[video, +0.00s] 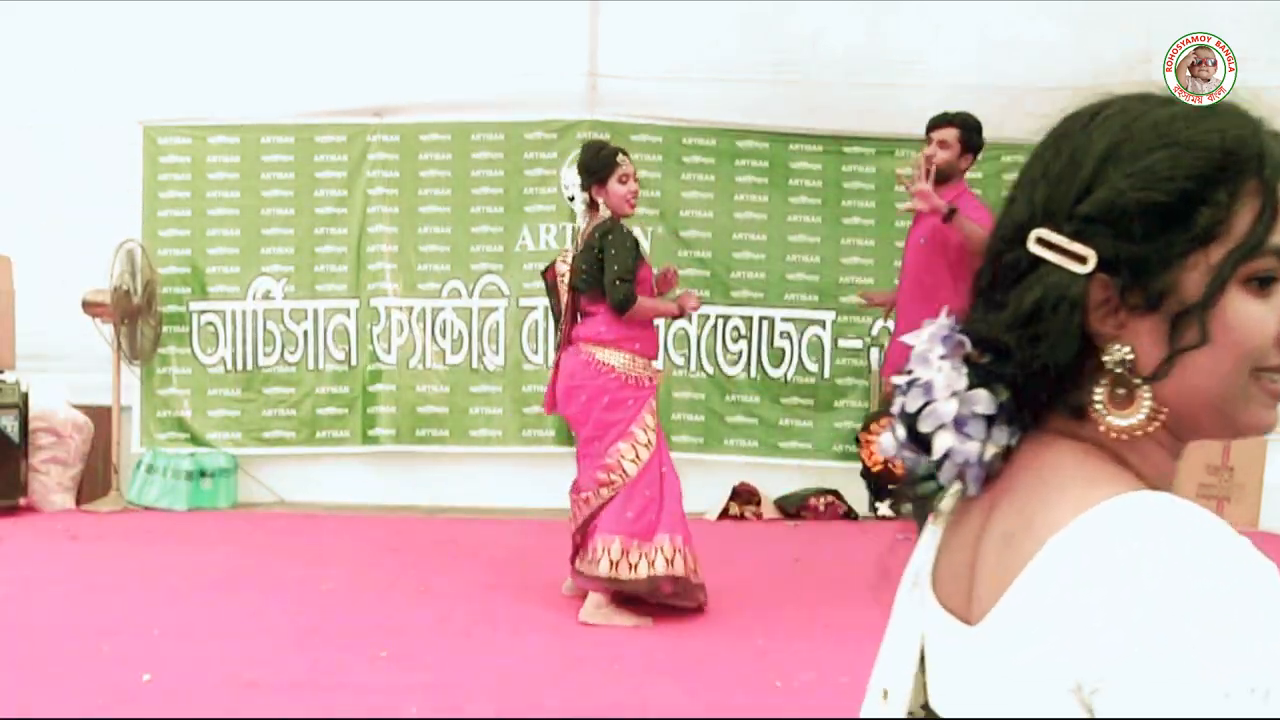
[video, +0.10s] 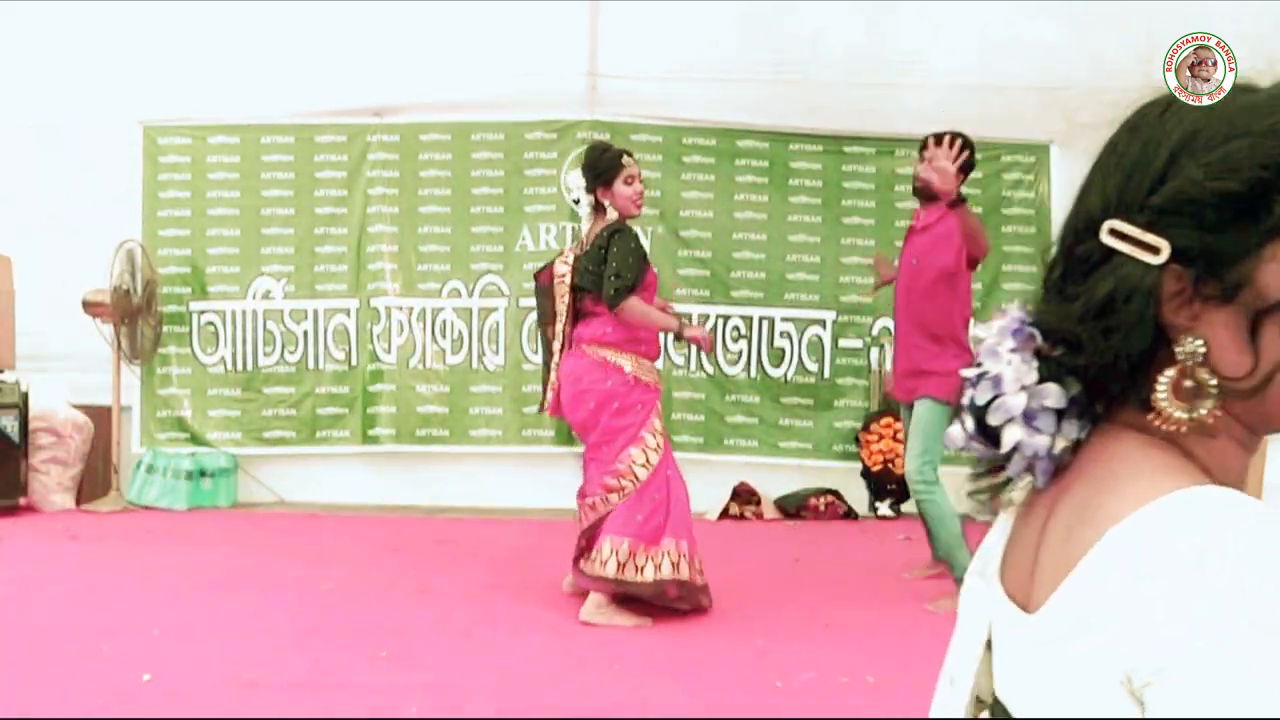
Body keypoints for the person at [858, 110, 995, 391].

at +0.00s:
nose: (929, 153)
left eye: (943, 146)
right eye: (928, 144)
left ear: (967, 161)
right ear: (923, 146)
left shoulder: (971, 208)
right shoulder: (927, 204)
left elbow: (989, 248)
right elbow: (932, 274)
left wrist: (944, 210)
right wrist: (894, 297)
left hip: (942, 349)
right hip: (907, 345)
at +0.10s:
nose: (929, 171)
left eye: (941, 166)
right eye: (925, 161)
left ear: (958, 179)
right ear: (916, 168)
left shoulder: (960, 224)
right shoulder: (919, 224)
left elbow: (977, 251)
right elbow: (923, 273)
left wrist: (953, 199)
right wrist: (893, 275)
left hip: (943, 362)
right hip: (910, 361)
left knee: (921, 470)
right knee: (917, 467)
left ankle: (966, 577)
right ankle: (944, 554)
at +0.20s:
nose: (918, 148)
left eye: (930, 143)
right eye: (917, 140)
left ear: (951, 154)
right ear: (914, 147)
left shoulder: (957, 199)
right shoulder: (918, 194)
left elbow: (984, 219)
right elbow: (915, 220)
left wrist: (980, 167)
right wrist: (884, 217)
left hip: (941, 343)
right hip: (910, 342)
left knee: (942, 452)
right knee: (919, 452)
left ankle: (967, 569)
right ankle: (937, 542)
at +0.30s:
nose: (921, 144)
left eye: (933, 139)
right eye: (918, 135)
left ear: (953, 150)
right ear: (912, 139)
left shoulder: (959, 193)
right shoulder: (911, 188)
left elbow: (1000, 219)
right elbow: (910, 221)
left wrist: (994, 175)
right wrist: (872, 214)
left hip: (945, 337)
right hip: (907, 336)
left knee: (944, 447)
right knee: (919, 448)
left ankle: (969, 562)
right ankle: (942, 535)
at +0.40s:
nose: (924, 162)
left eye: (935, 157)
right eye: (919, 153)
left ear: (950, 168)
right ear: (907, 159)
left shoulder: (964, 221)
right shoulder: (895, 217)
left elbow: (1005, 292)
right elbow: (894, 277)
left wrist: (1001, 273)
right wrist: (848, 295)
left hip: (953, 352)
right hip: (905, 353)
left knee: (942, 455)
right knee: (921, 461)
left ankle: (953, 561)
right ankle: (941, 551)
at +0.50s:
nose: (932, 169)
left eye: (942, 163)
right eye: (924, 161)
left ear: (952, 175)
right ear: (909, 169)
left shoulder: (969, 233)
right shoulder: (889, 232)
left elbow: (989, 298)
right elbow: (882, 300)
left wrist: (980, 325)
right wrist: (877, 342)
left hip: (955, 366)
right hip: (903, 369)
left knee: (945, 471)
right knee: (923, 472)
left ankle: (921, 564)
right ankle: (942, 545)